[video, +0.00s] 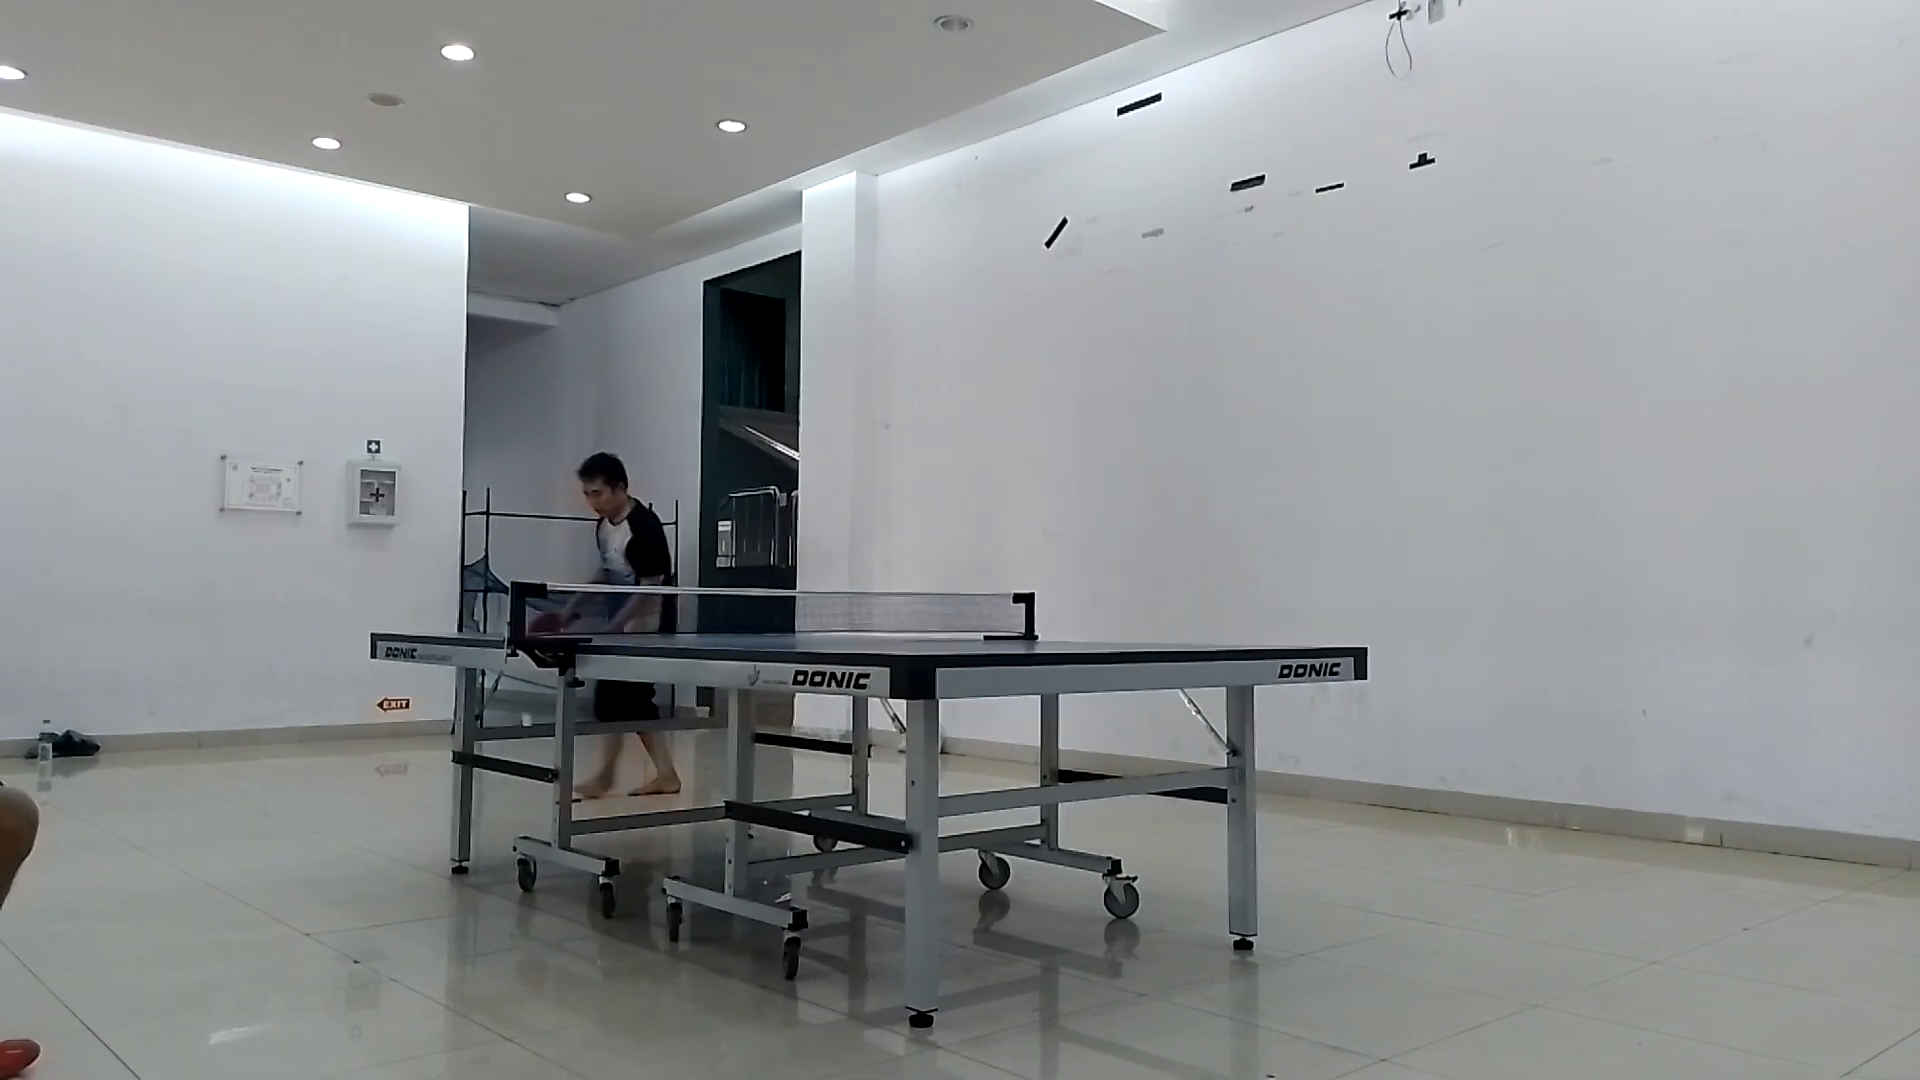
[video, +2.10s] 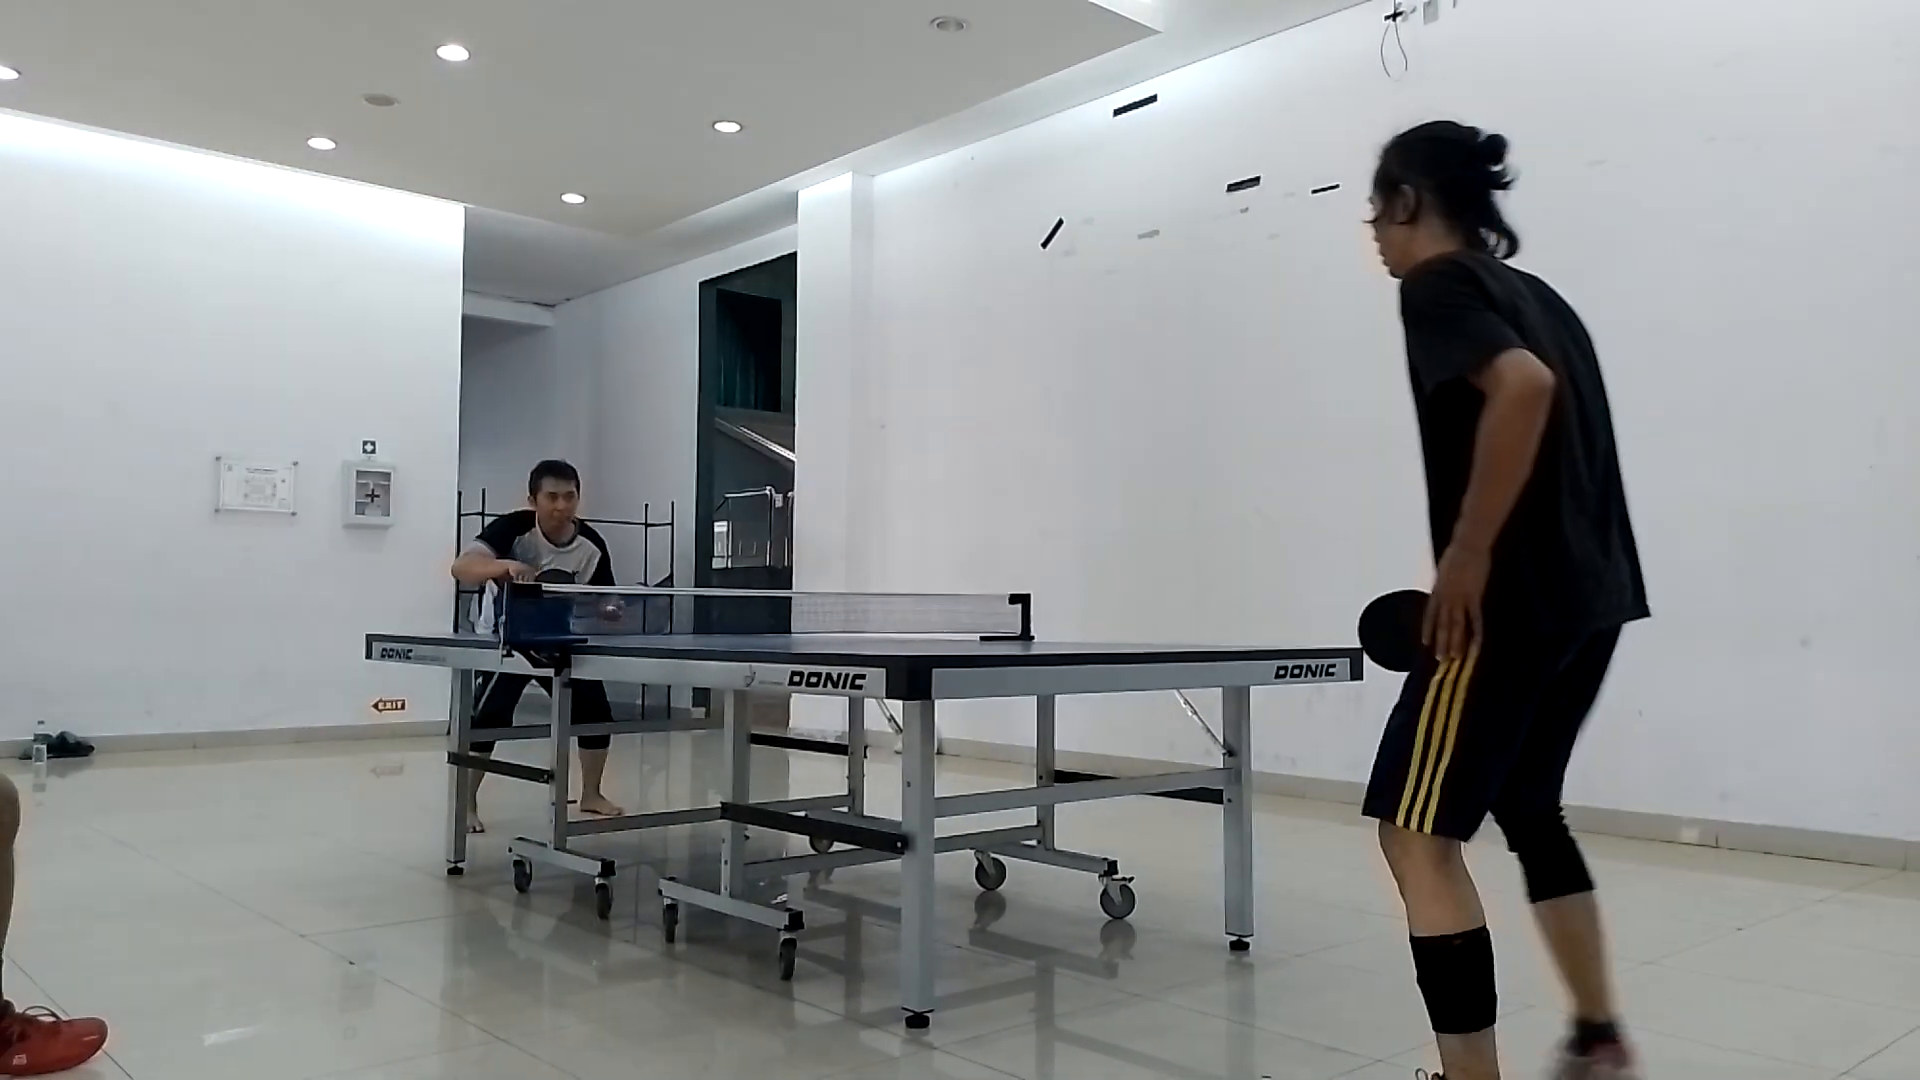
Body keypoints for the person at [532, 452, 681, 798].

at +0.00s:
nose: (590, 502)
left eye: (595, 493)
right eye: (587, 494)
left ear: (618, 487)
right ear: (590, 493)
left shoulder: (644, 525)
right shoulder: (604, 524)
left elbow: (651, 587)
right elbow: (605, 574)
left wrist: (615, 625)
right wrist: (570, 609)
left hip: (649, 623)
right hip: (626, 621)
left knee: (611, 693)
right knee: (636, 696)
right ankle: (667, 773)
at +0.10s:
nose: (579, 504)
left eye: (584, 496)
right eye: (576, 496)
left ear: (607, 491)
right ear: (583, 494)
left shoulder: (630, 529)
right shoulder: (598, 523)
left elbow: (629, 593)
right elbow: (595, 571)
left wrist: (583, 621)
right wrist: (559, 595)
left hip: (636, 629)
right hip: (613, 627)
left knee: (598, 699)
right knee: (629, 699)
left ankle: (580, 780)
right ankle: (667, 770)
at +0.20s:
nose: (565, 506)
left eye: (570, 498)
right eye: (562, 498)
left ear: (593, 494)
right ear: (582, 496)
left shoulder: (615, 532)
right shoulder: (584, 524)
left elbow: (601, 598)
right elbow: (575, 569)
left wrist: (553, 619)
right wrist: (542, 591)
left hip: (622, 632)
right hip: (600, 628)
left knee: (588, 701)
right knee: (600, 698)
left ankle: (576, 782)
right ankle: (648, 761)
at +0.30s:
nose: (554, 503)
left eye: (559, 495)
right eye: (551, 495)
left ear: (583, 491)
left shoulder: (603, 530)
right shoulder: (572, 524)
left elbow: (585, 597)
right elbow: (559, 567)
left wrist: (535, 612)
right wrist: (525, 592)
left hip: (616, 630)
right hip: (590, 623)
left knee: (578, 696)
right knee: (569, 691)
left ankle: (573, 781)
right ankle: (607, 759)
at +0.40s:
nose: (547, 493)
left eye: (554, 484)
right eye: (545, 485)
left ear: (579, 484)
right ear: (546, 485)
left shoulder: (598, 525)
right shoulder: (558, 520)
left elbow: (577, 594)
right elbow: (542, 571)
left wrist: (529, 605)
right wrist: (514, 599)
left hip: (605, 629)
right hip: (573, 623)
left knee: (581, 701)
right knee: (547, 694)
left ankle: (578, 781)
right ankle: (564, 768)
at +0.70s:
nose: (539, 476)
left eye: (548, 469)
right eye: (532, 469)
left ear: (564, 474)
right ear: (523, 474)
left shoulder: (584, 517)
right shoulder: (514, 516)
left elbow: (597, 574)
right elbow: (499, 564)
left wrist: (557, 613)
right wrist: (498, 596)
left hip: (568, 627)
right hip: (522, 626)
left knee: (563, 704)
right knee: (515, 700)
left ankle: (567, 779)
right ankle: (521, 780)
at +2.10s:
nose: (561, 506)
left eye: (569, 497)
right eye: (552, 497)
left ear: (578, 498)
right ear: (534, 499)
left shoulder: (591, 544)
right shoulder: (512, 527)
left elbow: (606, 603)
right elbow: (461, 568)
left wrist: (611, 612)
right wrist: (505, 566)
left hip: (563, 648)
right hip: (507, 646)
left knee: (596, 714)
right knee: (487, 720)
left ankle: (592, 794)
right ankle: (466, 801)